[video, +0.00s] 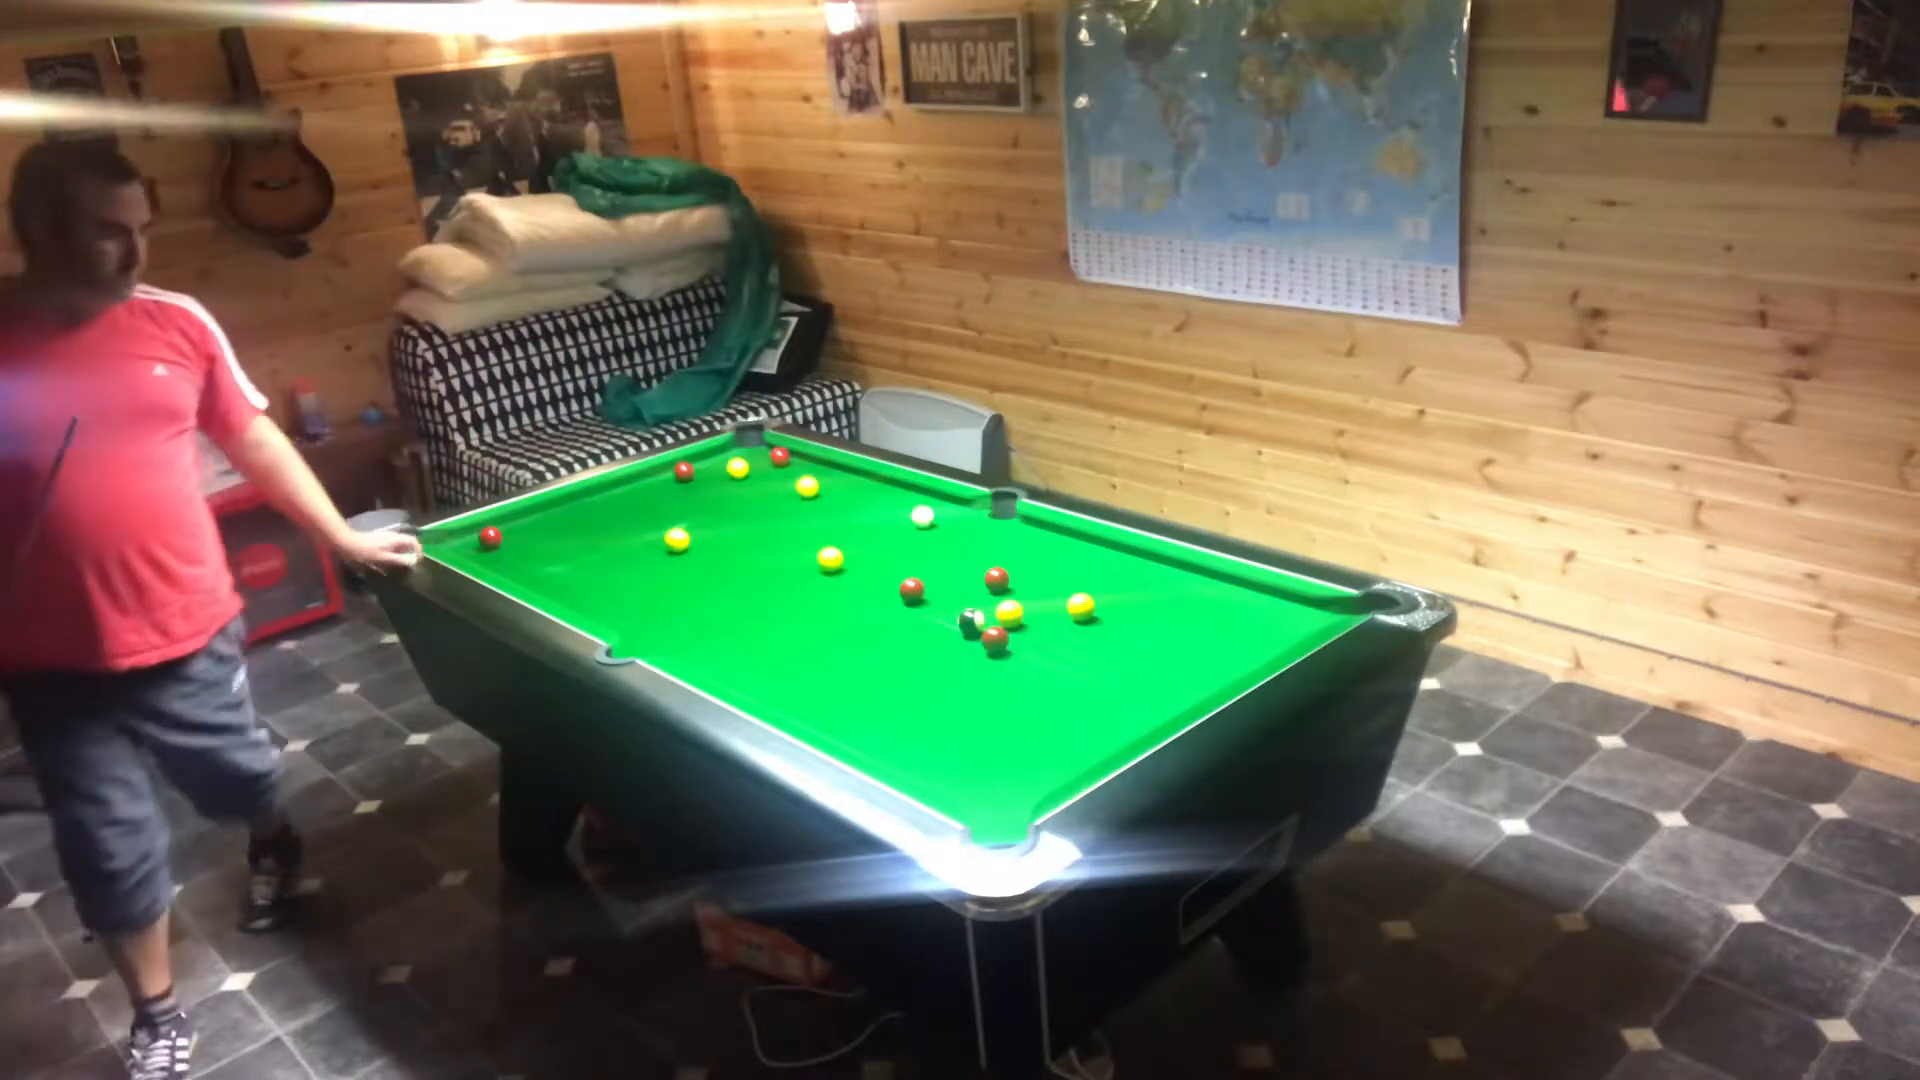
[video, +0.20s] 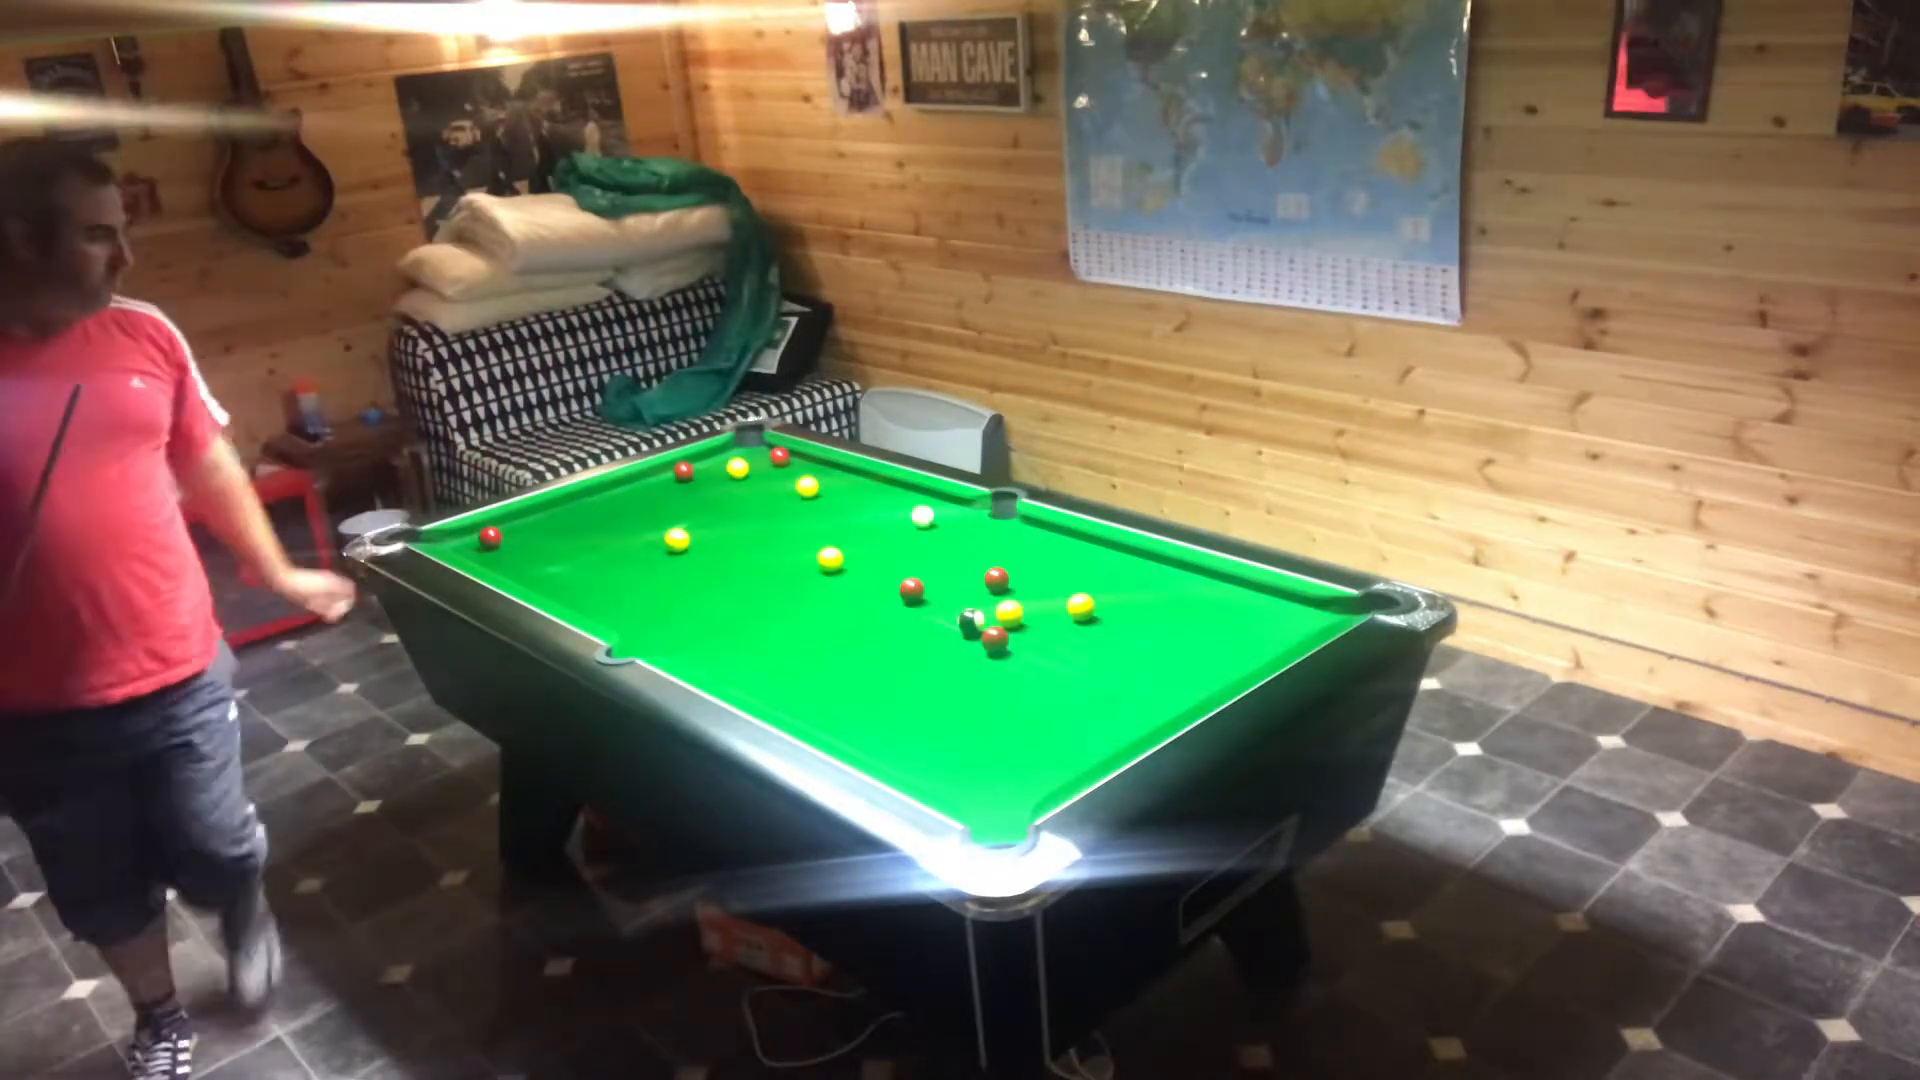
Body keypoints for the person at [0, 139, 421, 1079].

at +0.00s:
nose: (131, 252)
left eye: (140, 232)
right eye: (107, 233)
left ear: (149, 225)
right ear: (37, 232)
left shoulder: (179, 328)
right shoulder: (5, 339)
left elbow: (255, 437)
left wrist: (339, 532)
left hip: (184, 635)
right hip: (49, 655)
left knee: (237, 772)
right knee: (111, 856)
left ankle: (273, 839)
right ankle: (157, 1019)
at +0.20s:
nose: (121, 254)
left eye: (122, 233)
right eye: (97, 237)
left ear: (120, 231)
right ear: (23, 244)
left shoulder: (144, 338)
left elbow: (208, 464)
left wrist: (281, 572)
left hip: (177, 673)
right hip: (40, 706)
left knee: (216, 849)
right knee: (104, 893)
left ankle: (242, 915)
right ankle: (159, 1018)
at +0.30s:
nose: (125, 261)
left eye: (124, 239)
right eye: (100, 244)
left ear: (120, 236)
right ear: (28, 253)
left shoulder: (138, 347)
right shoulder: (5, 376)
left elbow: (193, 479)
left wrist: (241, 600)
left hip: (177, 683)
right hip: (40, 717)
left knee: (218, 872)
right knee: (104, 902)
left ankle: (257, 1026)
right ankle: (160, 1018)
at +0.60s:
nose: (181, 293)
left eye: (178, 270)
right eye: (163, 271)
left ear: (107, 281)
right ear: (90, 281)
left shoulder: (175, 390)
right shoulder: (9, 406)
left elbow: (221, 535)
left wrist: (260, 665)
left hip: (214, 749)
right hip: (66, 785)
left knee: (260, 1012)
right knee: (120, 957)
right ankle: (151, 1027)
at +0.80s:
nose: (225, 288)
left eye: (220, 262)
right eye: (207, 263)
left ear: (141, 273)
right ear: (131, 273)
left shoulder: (212, 388)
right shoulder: (11, 402)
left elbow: (279, 545)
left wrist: (346, 697)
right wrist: (5, 840)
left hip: (274, 801)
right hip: (116, 841)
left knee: (291, 1040)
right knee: (187, 1062)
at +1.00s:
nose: (267, 292)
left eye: (262, 265)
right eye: (249, 265)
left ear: (183, 280)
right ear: (178, 279)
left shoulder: (252, 402)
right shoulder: (26, 427)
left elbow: (337, 562)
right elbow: (0, 702)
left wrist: (439, 713)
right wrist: (35, 910)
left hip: (324, 839)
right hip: (183, 876)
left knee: (321, 1057)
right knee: (320, 1067)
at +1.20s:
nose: (324, 314)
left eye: (316, 288)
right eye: (307, 290)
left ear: (251, 308)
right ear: (242, 309)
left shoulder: (301, 427)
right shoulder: (84, 498)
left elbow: (398, 591)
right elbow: (45, 789)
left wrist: (502, 752)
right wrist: (108, 1025)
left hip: (397, 883)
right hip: (278, 943)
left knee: (393, 1056)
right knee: (401, 1067)